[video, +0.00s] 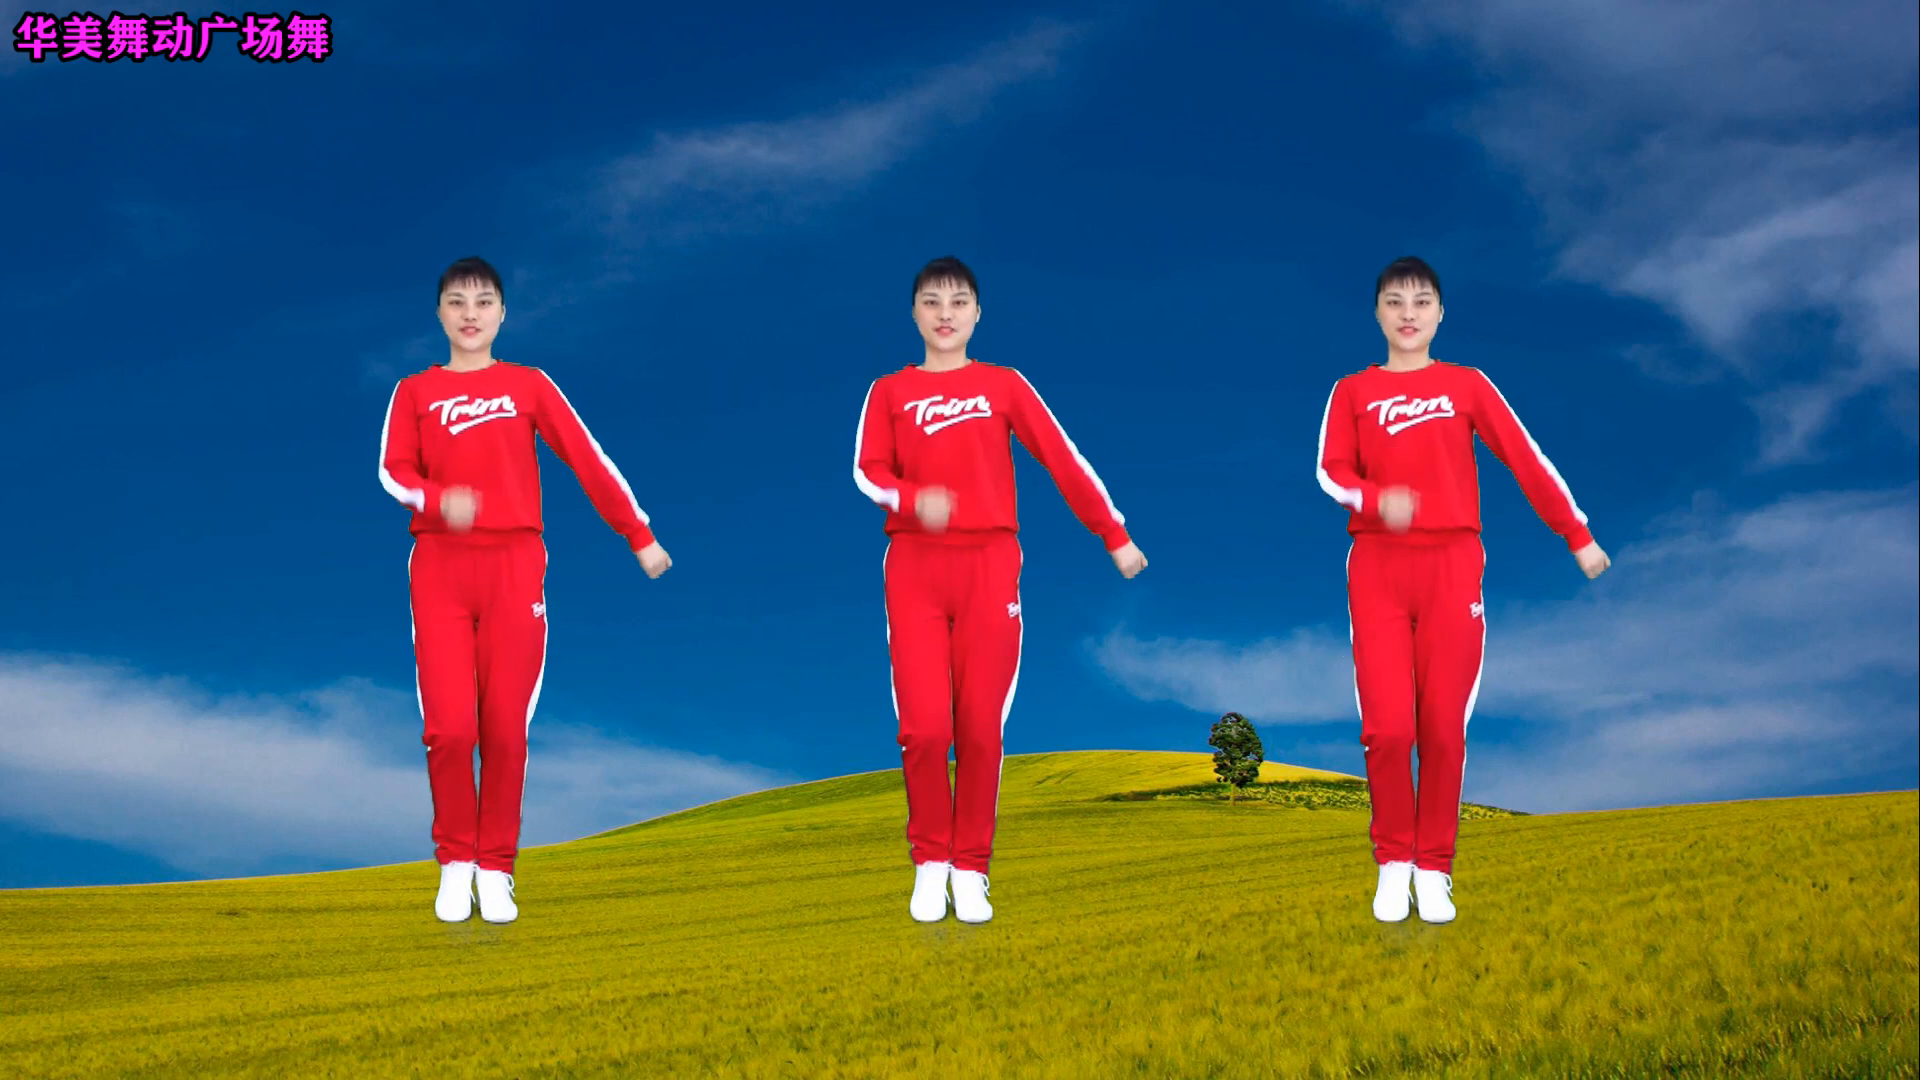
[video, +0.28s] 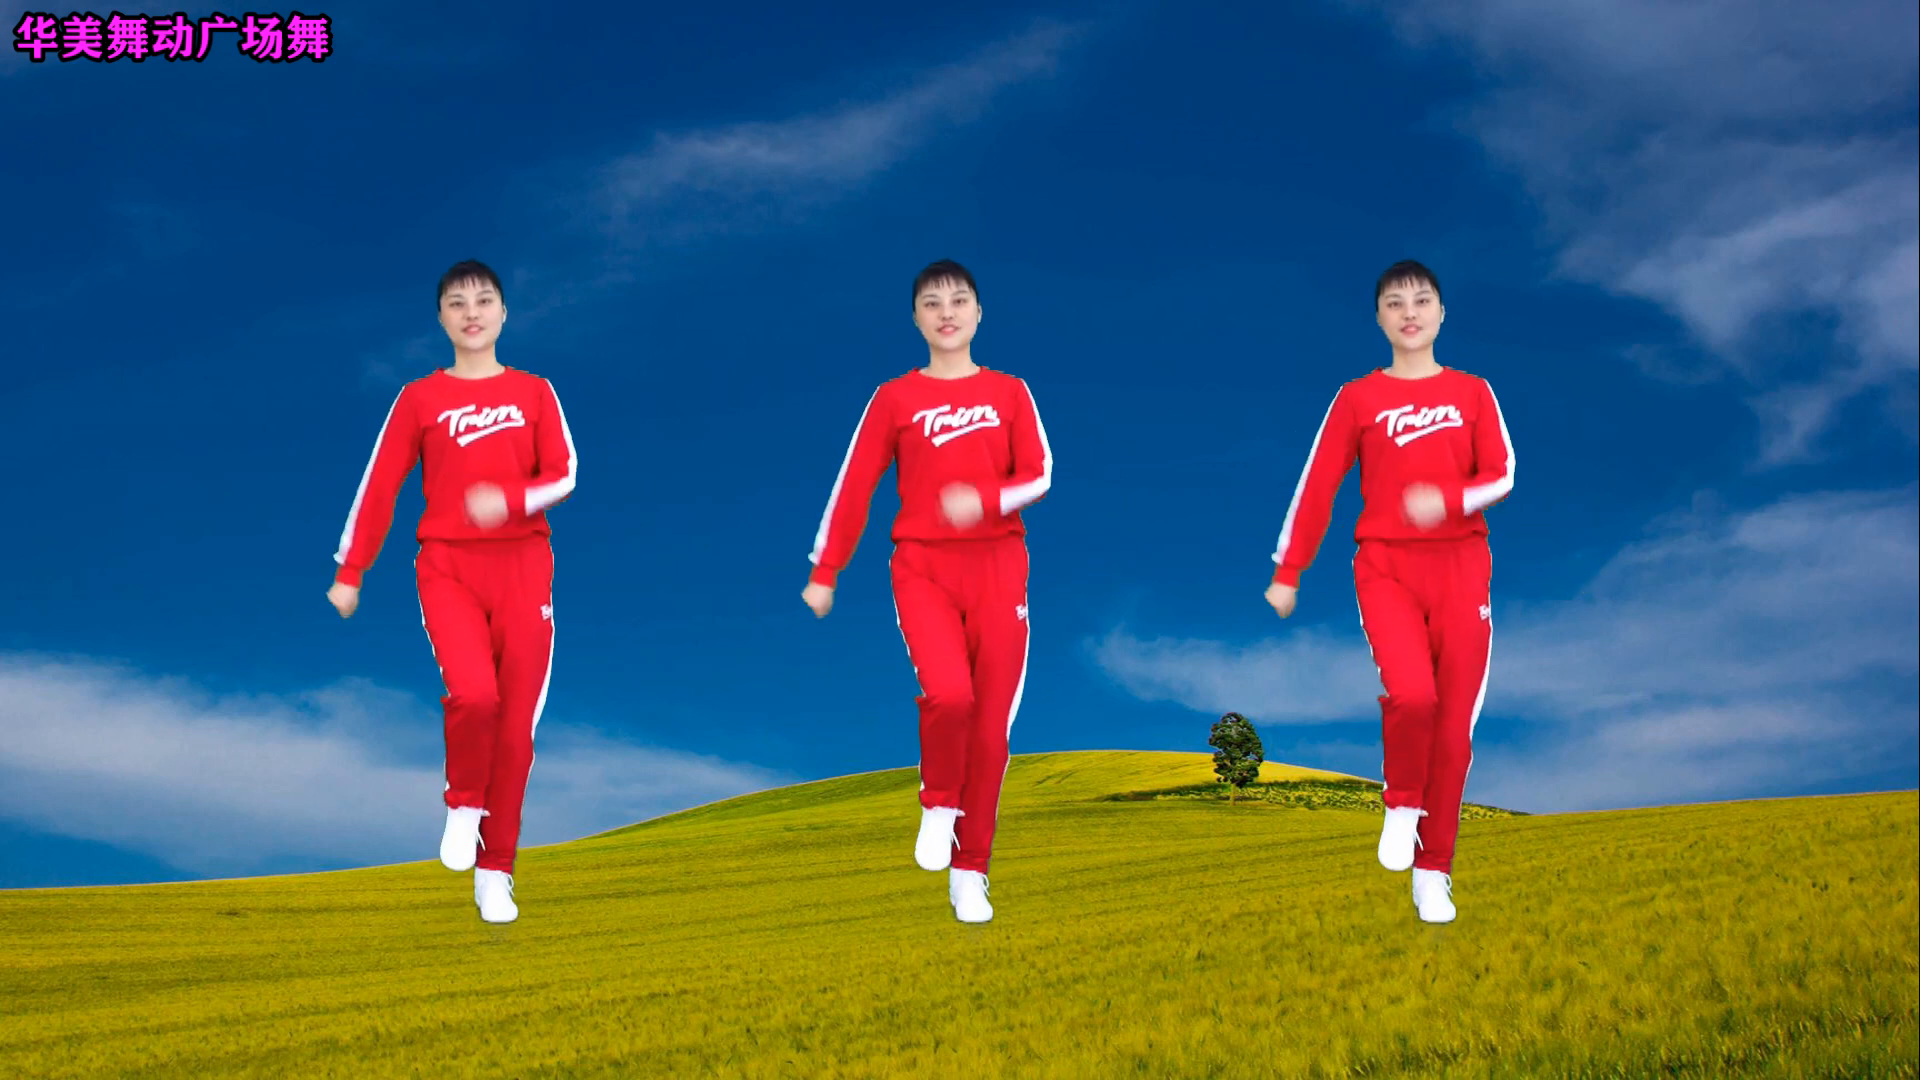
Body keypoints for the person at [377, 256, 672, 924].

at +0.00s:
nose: (470, 313)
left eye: (483, 302)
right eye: (457, 302)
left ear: (501, 313)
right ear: (440, 314)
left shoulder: (529, 385)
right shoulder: (413, 391)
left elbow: (590, 460)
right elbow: (393, 473)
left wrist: (641, 536)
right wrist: (436, 498)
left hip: (515, 569)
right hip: (439, 571)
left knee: (505, 725)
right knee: (448, 726)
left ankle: (496, 867)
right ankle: (455, 862)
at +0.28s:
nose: (472, 313)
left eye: (483, 302)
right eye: (459, 304)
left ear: (502, 312)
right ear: (442, 318)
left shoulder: (534, 391)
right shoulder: (418, 399)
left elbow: (563, 474)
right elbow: (378, 485)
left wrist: (511, 498)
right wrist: (350, 570)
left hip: (524, 573)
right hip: (447, 571)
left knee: (517, 724)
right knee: (475, 696)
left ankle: (497, 868)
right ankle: (466, 807)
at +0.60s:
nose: (468, 312)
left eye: (480, 301)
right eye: (455, 303)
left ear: (500, 312)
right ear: (440, 318)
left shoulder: (530, 393)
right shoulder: (415, 393)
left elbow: (538, 475)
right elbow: (352, 462)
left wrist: (487, 427)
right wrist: (288, 526)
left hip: (513, 566)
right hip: (436, 567)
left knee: (503, 725)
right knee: (446, 725)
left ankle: (496, 868)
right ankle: (456, 870)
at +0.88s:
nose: (461, 326)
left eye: (473, 316)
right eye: (448, 316)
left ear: (491, 328)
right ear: (431, 329)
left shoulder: (519, 404)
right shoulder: (405, 411)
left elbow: (535, 498)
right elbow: (389, 493)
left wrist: (549, 589)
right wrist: (428, 539)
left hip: (493, 584)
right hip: (419, 587)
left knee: (465, 714)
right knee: (418, 736)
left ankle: (491, 808)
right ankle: (455, 866)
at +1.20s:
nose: (462, 305)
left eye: (476, 296)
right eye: (450, 296)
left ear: (494, 311)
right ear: (432, 311)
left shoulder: (524, 383)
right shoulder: (404, 394)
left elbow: (587, 451)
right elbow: (368, 482)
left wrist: (644, 517)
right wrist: (414, 425)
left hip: (504, 566)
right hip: (427, 567)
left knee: (492, 731)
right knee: (440, 732)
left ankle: (496, 869)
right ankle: (455, 868)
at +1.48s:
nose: (471, 317)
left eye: (483, 308)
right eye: (458, 308)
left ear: (501, 321)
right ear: (441, 323)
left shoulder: (532, 397)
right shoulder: (417, 408)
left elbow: (544, 491)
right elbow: (409, 503)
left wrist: (538, 578)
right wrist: (408, 589)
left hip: (520, 579)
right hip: (447, 580)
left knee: (514, 729)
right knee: (461, 714)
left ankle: (496, 869)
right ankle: (459, 812)